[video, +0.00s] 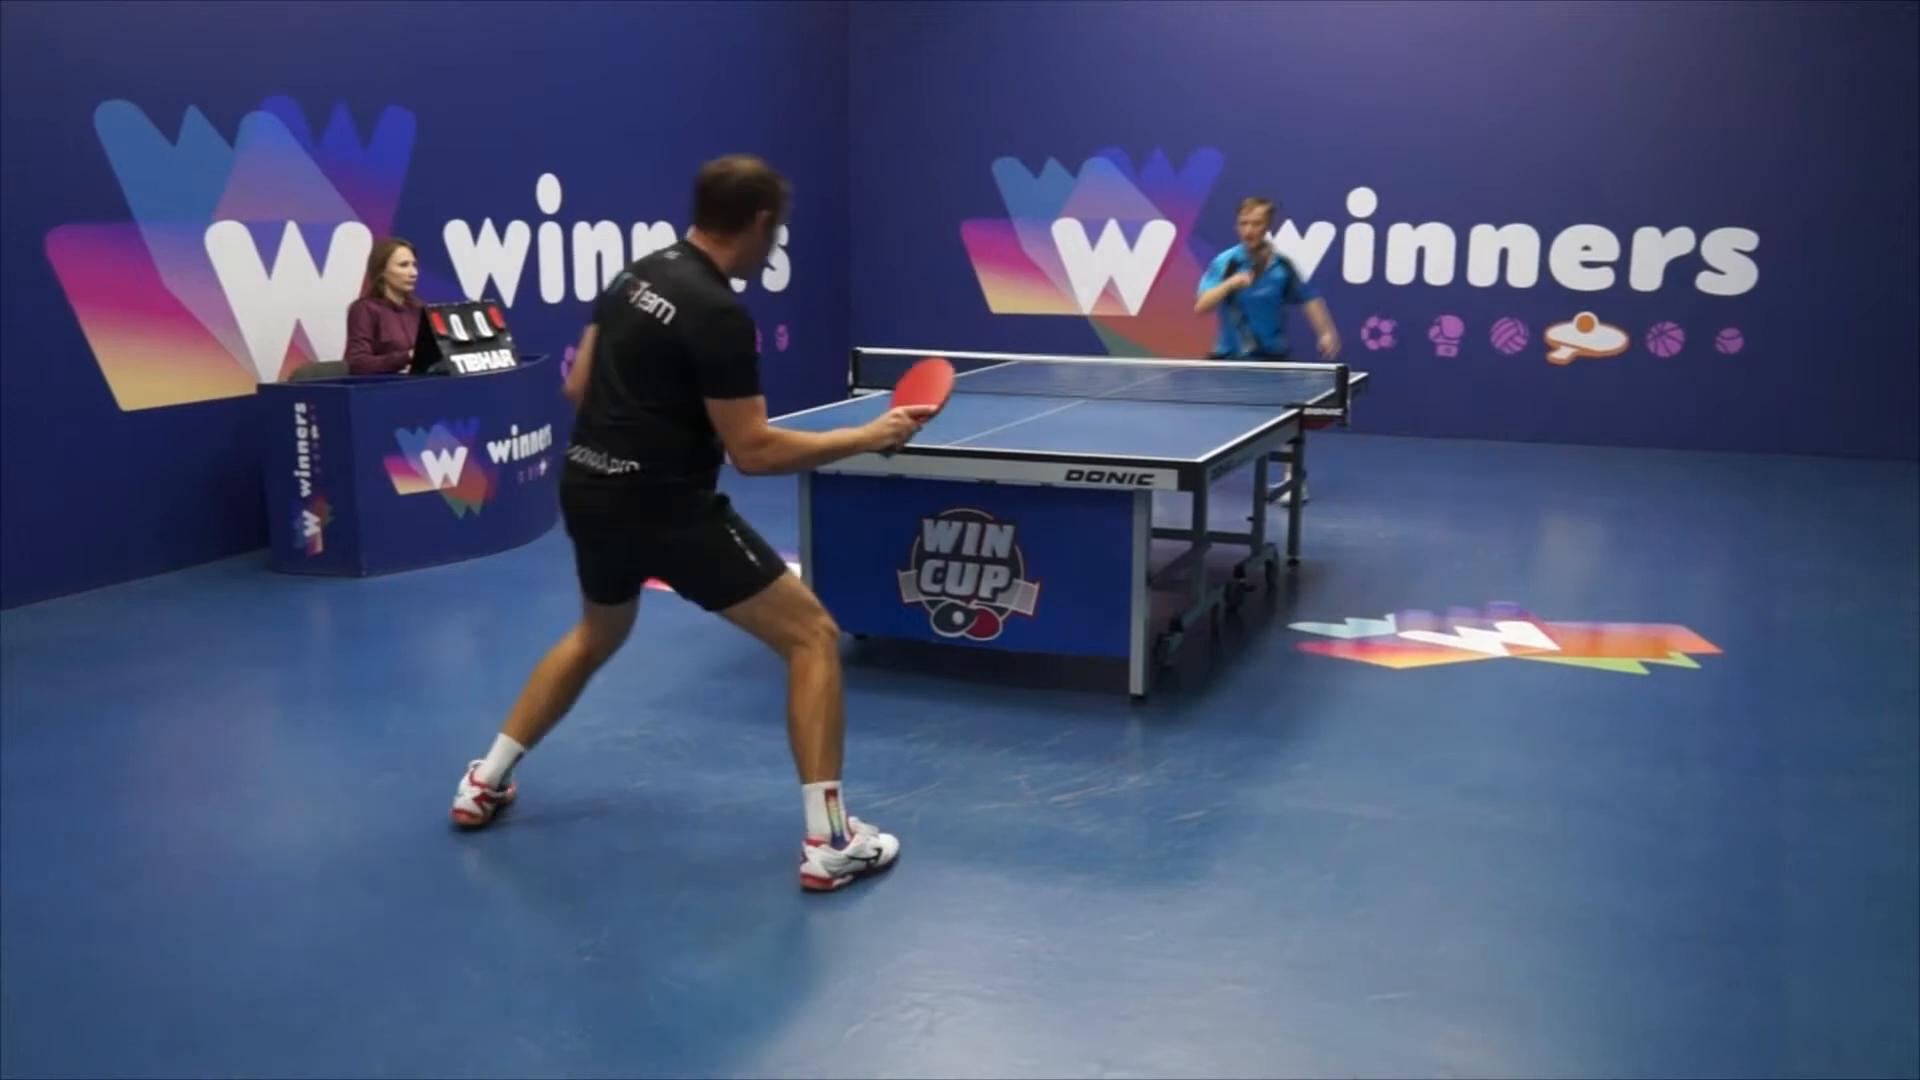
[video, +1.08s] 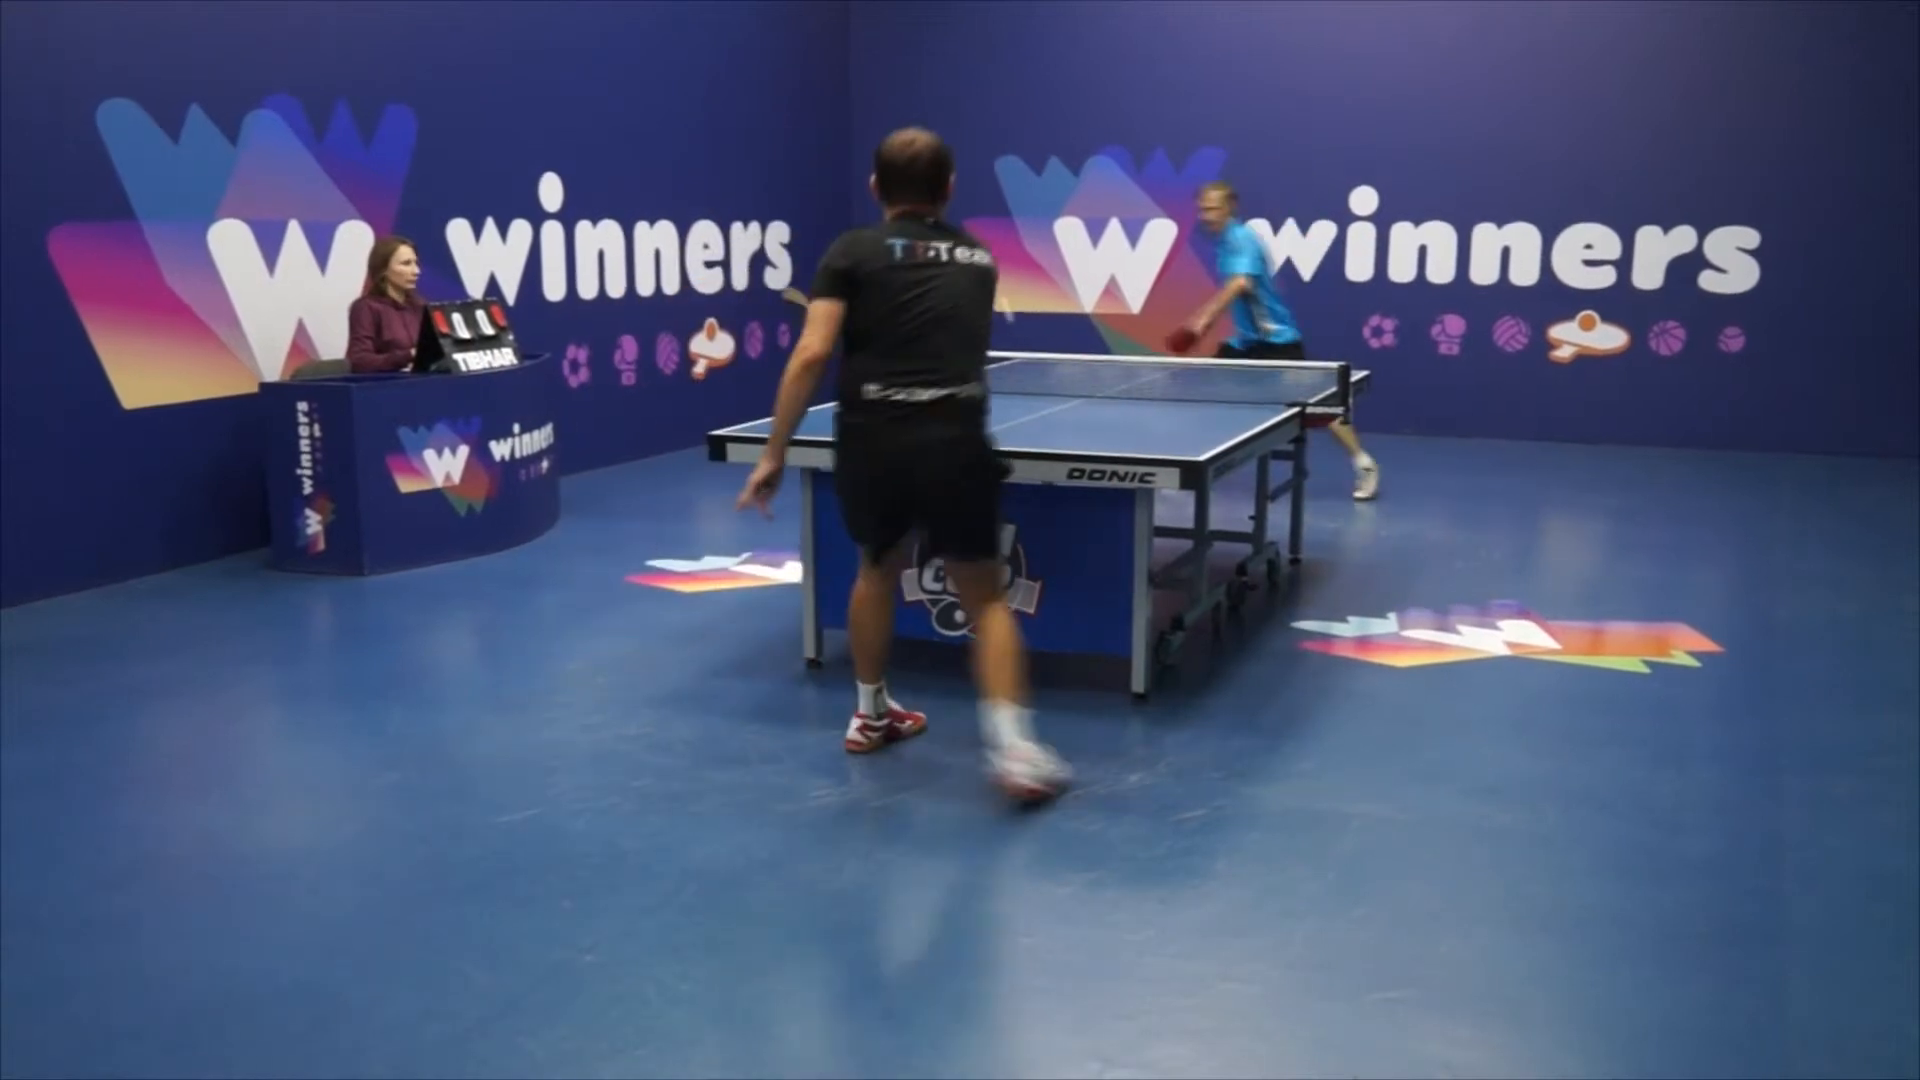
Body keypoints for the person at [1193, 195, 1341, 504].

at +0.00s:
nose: (1250, 231)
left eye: (1257, 224)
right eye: (1245, 224)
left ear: (1268, 228)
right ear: (1237, 226)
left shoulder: (1281, 266)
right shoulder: (1226, 262)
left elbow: (1308, 299)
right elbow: (1201, 304)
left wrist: (1326, 331)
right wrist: (1231, 283)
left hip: (1273, 357)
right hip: (1231, 357)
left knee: (1284, 418)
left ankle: (1293, 478)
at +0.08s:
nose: (1242, 228)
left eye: (1249, 222)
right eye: (1238, 220)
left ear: (1261, 225)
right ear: (1231, 222)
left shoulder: (1276, 264)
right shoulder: (1217, 259)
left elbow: (1292, 304)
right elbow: (1195, 306)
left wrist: (1303, 341)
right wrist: (1221, 290)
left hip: (1260, 353)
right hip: (1217, 352)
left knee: (1286, 408)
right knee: (1203, 411)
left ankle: (1296, 474)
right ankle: (1195, 471)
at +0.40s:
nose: (1270, 206)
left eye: (1277, 200)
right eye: (1265, 199)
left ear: (1289, 205)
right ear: (1257, 202)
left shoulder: (1301, 249)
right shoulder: (1244, 239)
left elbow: (1326, 290)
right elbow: (1223, 277)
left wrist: (1350, 329)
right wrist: (1217, 288)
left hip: (1281, 345)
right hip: (1239, 343)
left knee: (1309, 402)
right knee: (1211, 399)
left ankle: (1316, 469)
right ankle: (1198, 466)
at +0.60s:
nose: (1288, 192)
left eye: (1295, 186)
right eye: (1283, 185)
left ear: (1305, 190)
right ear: (1273, 188)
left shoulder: (1319, 232)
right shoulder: (1255, 229)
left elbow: (1325, 275)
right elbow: (1245, 268)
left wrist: (1314, 304)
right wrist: (1236, 283)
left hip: (1300, 329)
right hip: (1258, 329)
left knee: (1314, 397)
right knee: (1245, 393)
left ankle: (1317, 467)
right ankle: (1225, 462)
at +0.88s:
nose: (1271, 197)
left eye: (1278, 191)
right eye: (1267, 191)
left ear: (1288, 192)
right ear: (1258, 191)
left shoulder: (1305, 229)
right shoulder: (1250, 232)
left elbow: (1321, 275)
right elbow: (1240, 281)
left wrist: (1286, 302)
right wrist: (1225, 292)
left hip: (1305, 330)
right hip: (1264, 331)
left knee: (1330, 401)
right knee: (1237, 391)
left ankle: (1357, 467)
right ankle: (1215, 463)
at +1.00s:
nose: (1241, 217)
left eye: (1248, 210)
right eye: (1236, 210)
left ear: (1262, 210)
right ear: (1231, 213)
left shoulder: (1276, 241)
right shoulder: (1242, 249)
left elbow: (1277, 290)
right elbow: (1249, 296)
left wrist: (1230, 314)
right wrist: (1222, 328)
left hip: (1298, 341)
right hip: (1260, 339)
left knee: (1330, 408)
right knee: (1224, 394)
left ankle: (1366, 468)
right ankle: (1205, 465)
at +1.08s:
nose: (1208, 216)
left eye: (1214, 209)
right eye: (1204, 210)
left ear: (1231, 209)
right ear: (1200, 212)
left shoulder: (1241, 237)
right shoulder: (1223, 241)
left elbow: (1240, 282)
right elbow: (1238, 285)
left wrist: (1202, 319)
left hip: (1280, 342)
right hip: (1246, 340)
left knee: (1318, 404)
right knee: (1204, 391)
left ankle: (1363, 462)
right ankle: (1193, 461)